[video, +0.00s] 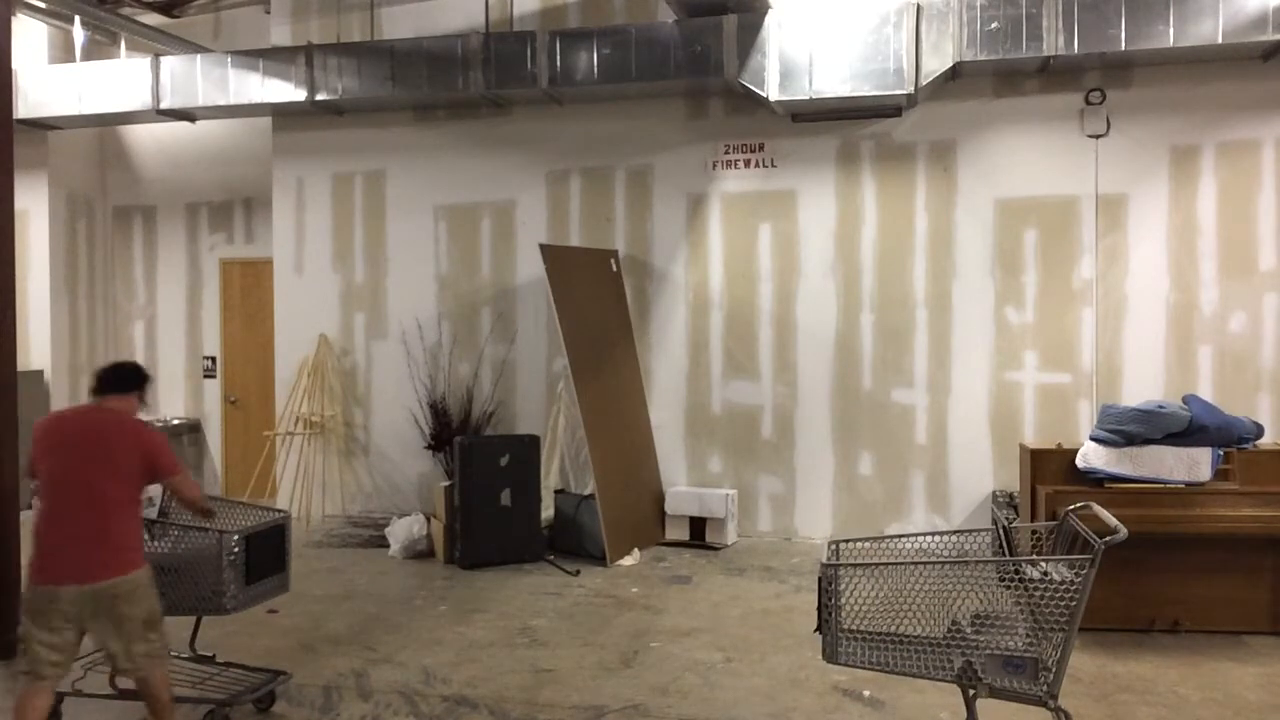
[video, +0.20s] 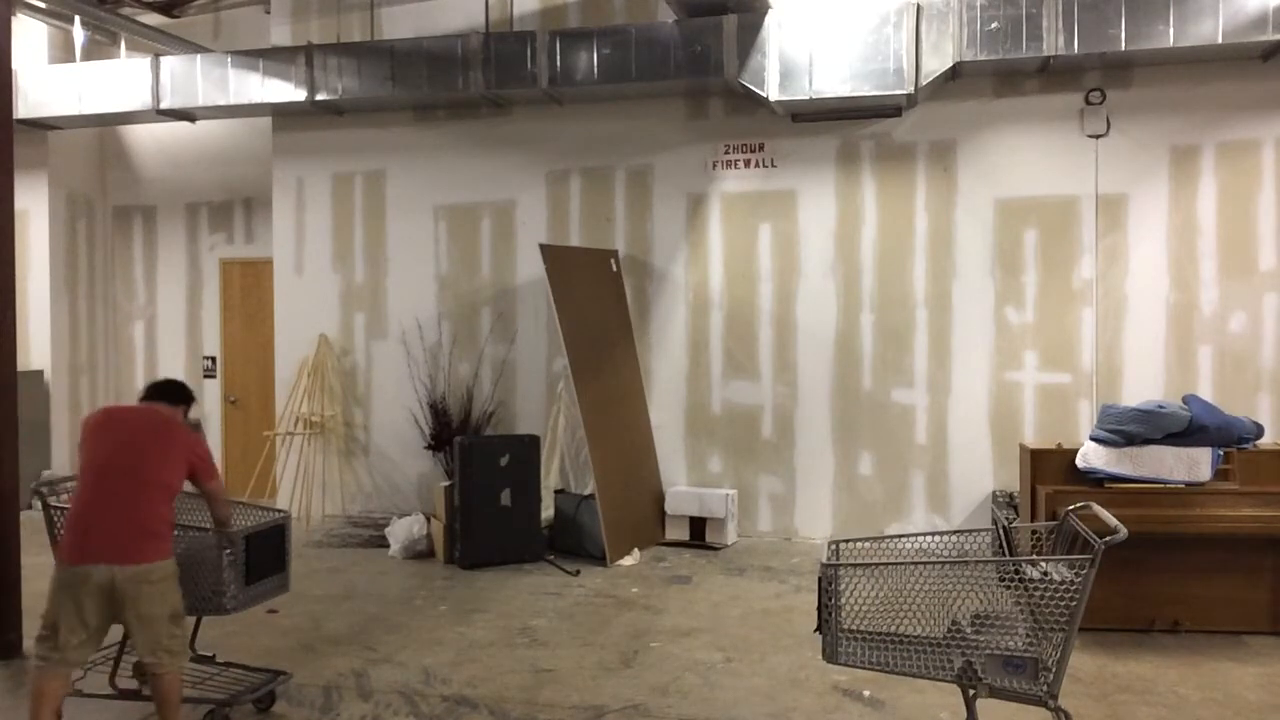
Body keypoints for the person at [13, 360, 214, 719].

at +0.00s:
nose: (140, 407)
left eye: (141, 401)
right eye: (141, 399)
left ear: (96, 392)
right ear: (135, 396)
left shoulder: (48, 427)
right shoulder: (141, 434)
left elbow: (32, 474)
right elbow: (189, 492)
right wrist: (204, 509)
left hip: (53, 579)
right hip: (120, 577)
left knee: (39, 678)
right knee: (150, 670)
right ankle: (164, 713)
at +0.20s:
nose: (186, 422)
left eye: (187, 417)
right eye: (188, 416)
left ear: (144, 400)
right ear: (180, 410)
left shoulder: (95, 420)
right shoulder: (184, 435)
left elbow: (88, 478)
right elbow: (217, 496)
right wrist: (223, 528)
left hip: (80, 562)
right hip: (146, 564)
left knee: (55, 656)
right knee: (165, 657)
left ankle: (44, 713)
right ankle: (170, 714)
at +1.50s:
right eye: (177, 378)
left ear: (135, 379)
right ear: (177, 378)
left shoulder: (110, 406)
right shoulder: (202, 416)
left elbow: (82, 443)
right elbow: (224, 482)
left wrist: (122, 430)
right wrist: (232, 498)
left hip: (117, 555)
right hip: (178, 555)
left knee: (86, 657)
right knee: (170, 657)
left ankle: (69, 715)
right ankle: (170, 716)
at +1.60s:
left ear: (123, 376)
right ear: (166, 372)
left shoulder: (102, 408)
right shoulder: (192, 411)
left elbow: (69, 435)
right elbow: (221, 477)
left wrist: (112, 411)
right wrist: (239, 481)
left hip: (113, 556)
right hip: (174, 554)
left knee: (84, 659)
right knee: (170, 656)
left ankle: (69, 716)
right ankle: (170, 716)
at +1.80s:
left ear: (91, 376)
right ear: (138, 372)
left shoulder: (78, 417)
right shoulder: (168, 417)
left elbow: (27, 428)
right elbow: (201, 480)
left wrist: (58, 389)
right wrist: (203, 448)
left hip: (95, 563)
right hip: (158, 558)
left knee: (79, 667)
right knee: (161, 660)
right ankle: (168, 716)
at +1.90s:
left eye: (78, 371)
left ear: (77, 375)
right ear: (123, 372)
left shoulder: (61, 421)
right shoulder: (154, 420)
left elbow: (7, 429)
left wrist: (25, 387)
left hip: (76, 568)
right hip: (141, 563)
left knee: (66, 673)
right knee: (153, 662)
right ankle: (164, 716)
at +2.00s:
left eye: (66, 370)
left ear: (64, 375)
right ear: (111, 372)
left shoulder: (43, 423)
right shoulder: (139, 420)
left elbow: (4, 442)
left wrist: (8, 404)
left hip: (58, 570)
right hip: (121, 566)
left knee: (58, 677)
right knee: (140, 661)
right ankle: (158, 715)